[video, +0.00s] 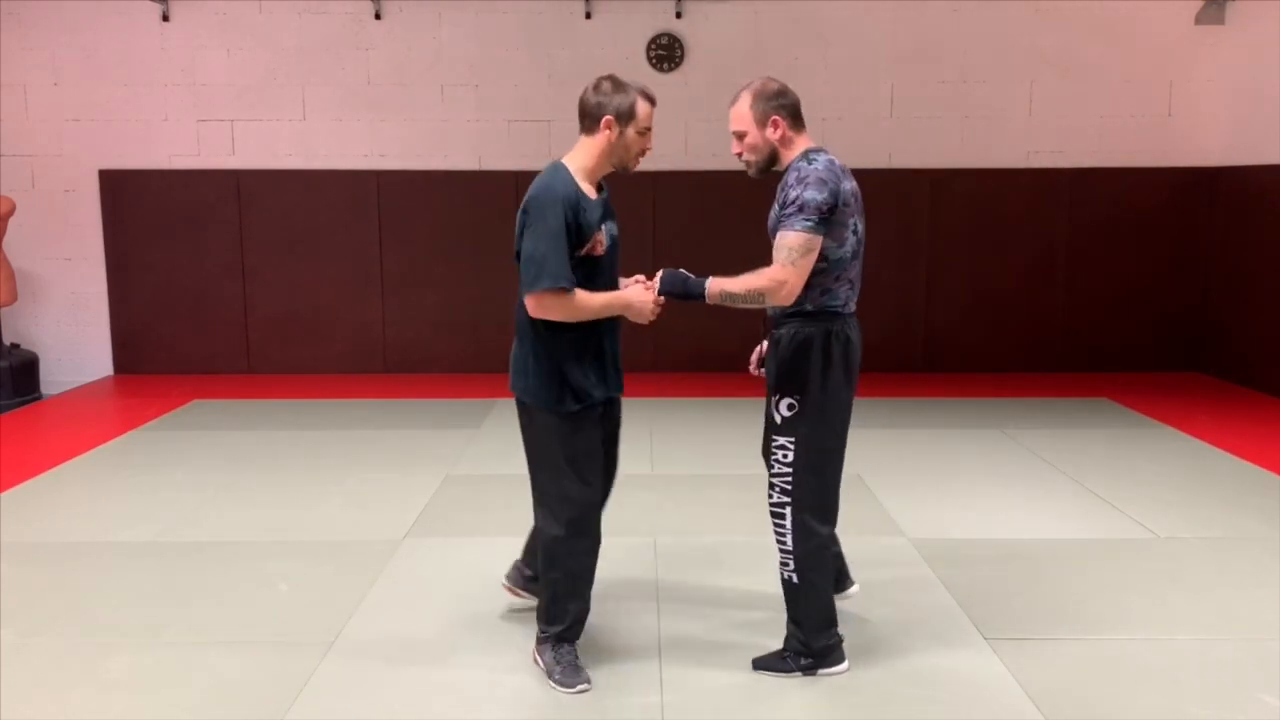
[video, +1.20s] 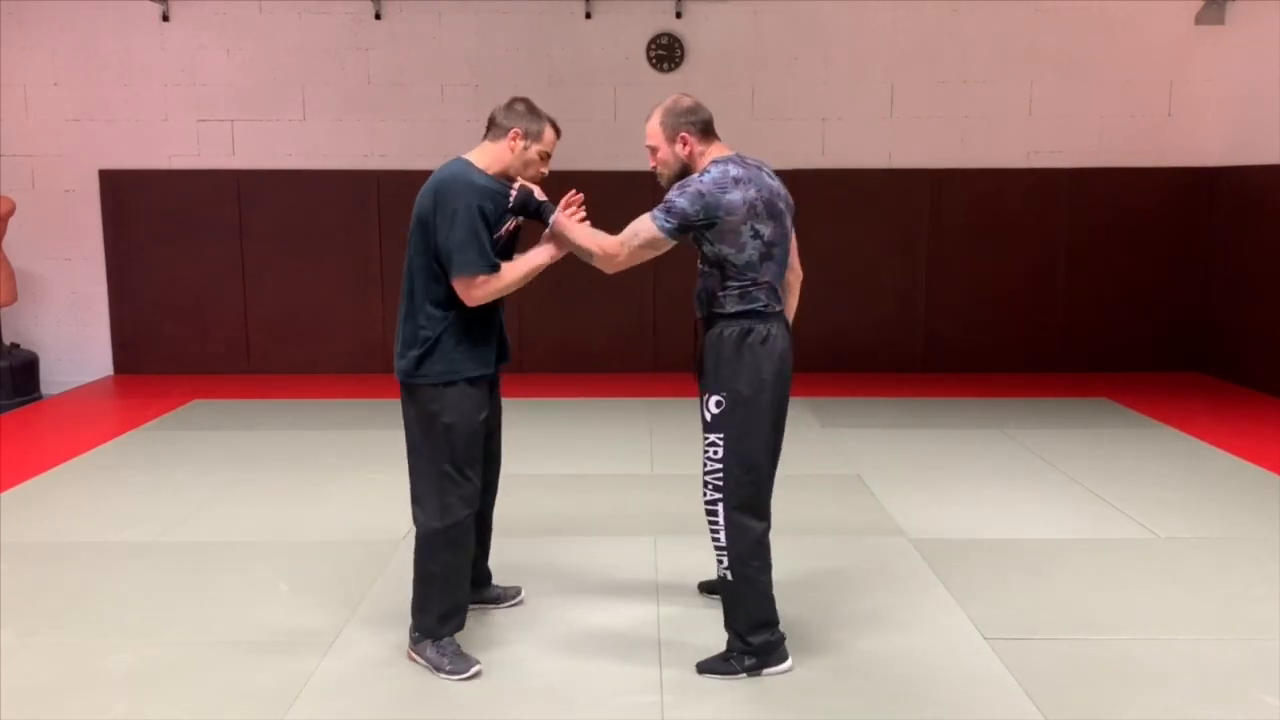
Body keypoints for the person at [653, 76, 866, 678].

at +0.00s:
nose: (734, 146)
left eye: (741, 134)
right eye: (733, 135)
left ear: (776, 128)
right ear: (780, 128)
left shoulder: (810, 180)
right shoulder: (816, 173)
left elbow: (783, 284)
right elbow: (814, 278)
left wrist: (697, 287)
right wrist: (778, 336)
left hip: (812, 346)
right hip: (816, 340)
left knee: (791, 496)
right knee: (801, 470)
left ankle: (813, 645)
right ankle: (829, 569)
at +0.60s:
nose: (694, 152)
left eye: (699, 139)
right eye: (692, 140)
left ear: (735, 132)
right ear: (737, 133)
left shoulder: (767, 183)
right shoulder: (770, 175)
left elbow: (710, 272)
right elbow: (766, 272)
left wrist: (631, 243)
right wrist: (728, 329)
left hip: (765, 342)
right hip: (773, 339)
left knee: (732, 486)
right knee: (771, 474)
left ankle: (754, 642)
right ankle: (783, 586)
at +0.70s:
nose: (684, 152)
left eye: (688, 139)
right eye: (681, 140)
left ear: (723, 131)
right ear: (729, 131)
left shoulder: (748, 188)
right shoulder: (779, 175)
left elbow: (671, 269)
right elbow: (765, 266)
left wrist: (594, 238)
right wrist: (727, 320)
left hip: (758, 344)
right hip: (780, 339)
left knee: (736, 491)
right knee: (774, 477)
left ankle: (755, 643)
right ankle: (785, 584)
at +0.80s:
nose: (669, 153)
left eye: (673, 141)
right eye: (667, 141)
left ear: (707, 135)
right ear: (719, 133)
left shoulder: (720, 190)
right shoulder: (775, 172)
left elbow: (623, 252)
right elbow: (769, 259)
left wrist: (535, 242)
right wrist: (731, 314)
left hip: (758, 346)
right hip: (788, 338)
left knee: (737, 495)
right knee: (776, 474)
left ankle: (755, 645)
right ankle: (782, 578)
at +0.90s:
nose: (657, 155)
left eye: (661, 143)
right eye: (655, 143)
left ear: (692, 138)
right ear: (712, 133)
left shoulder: (706, 194)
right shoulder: (775, 173)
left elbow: (604, 252)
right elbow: (793, 264)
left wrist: (524, 236)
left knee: (735, 494)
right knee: (768, 471)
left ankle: (756, 647)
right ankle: (778, 574)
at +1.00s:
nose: (655, 155)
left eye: (658, 143)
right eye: (653, 144)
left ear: (688, 137)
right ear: (708, 133)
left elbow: (599, 250)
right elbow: (803, 264)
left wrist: (522, 228)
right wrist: (773, 317)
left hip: (749, 346)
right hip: (784, 338)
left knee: (736, 496)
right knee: (762, 477)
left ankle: (757, 645)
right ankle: (767, 577)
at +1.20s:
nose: (652, 162)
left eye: (655, 150)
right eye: (650, 151)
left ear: (686, 142)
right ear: (700, 141)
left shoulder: (705, 189)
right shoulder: (767, 181)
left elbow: (614, 253)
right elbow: (792, 272)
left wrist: (550, 216)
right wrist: (773, 335)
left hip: (738, 344)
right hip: (767, 339)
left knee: (728, 494)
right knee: (746, 478)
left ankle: (757, 644)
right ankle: (744, 576)